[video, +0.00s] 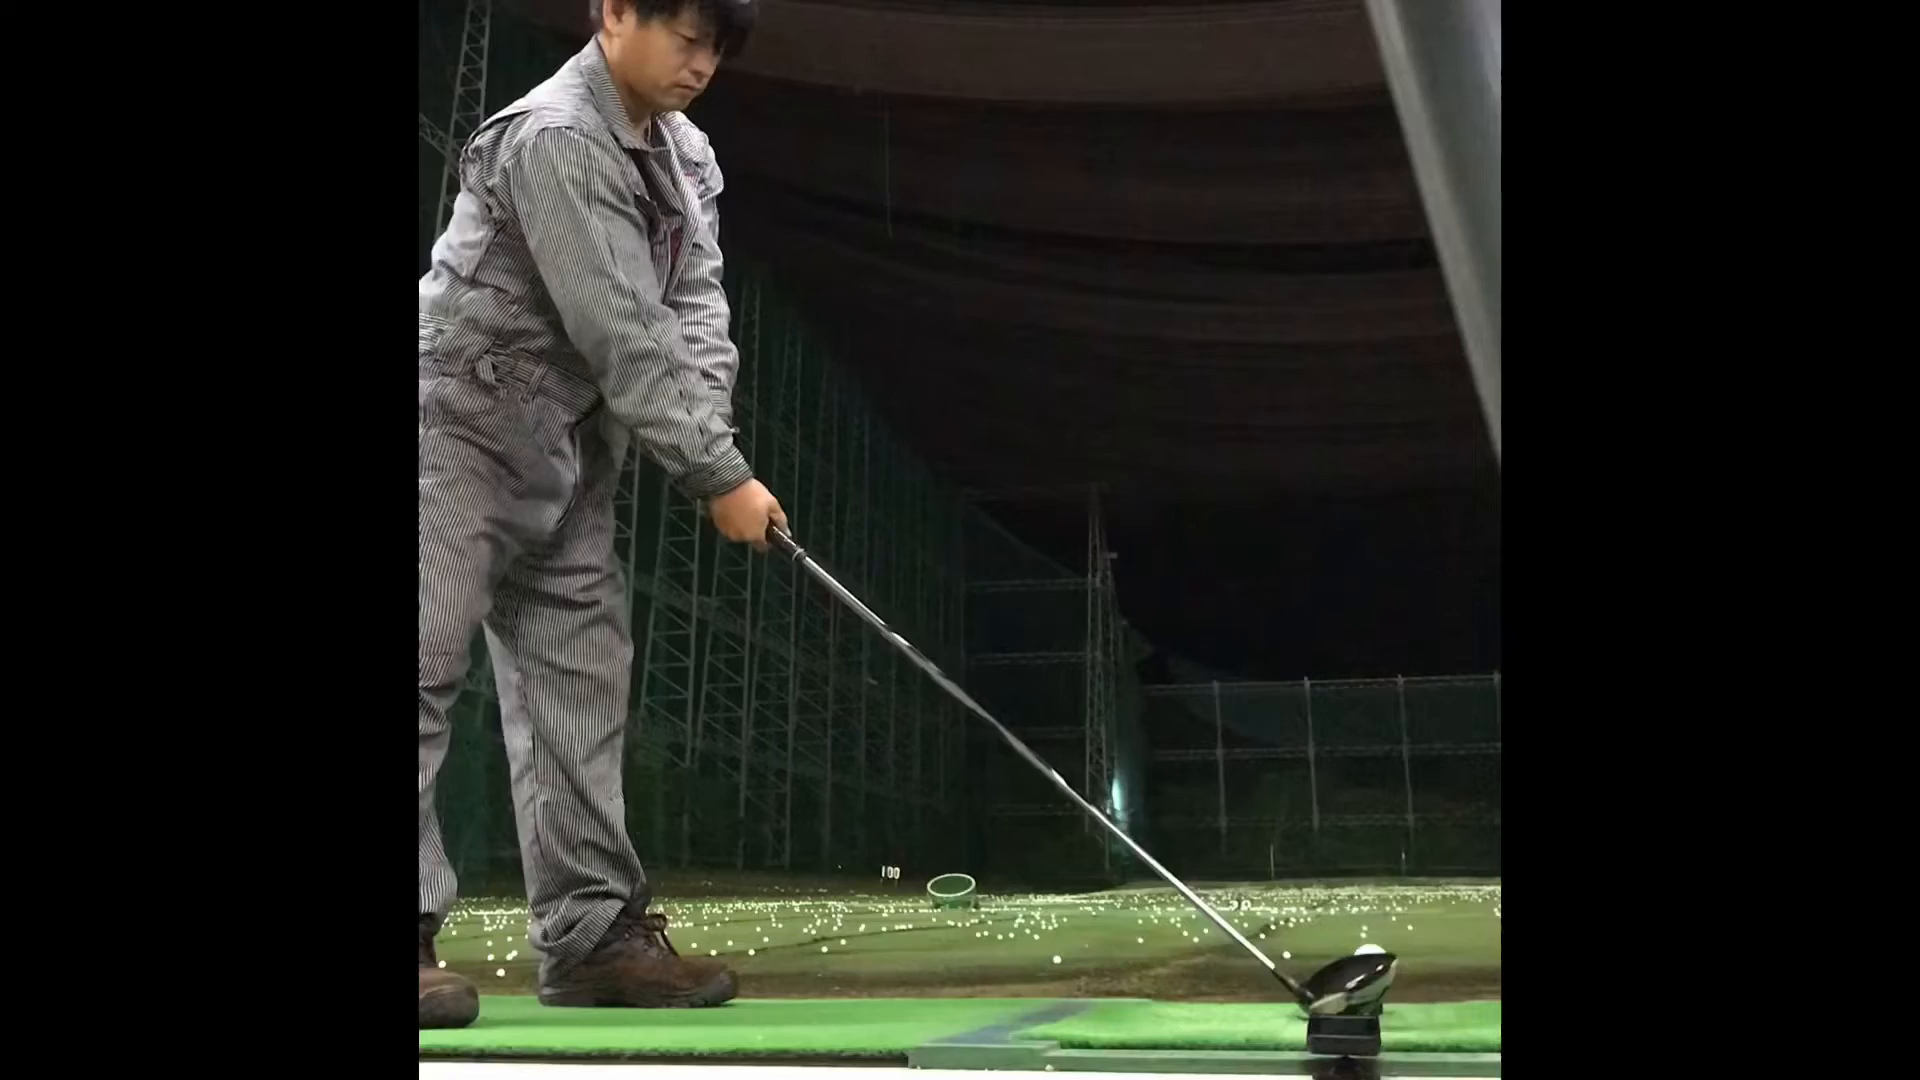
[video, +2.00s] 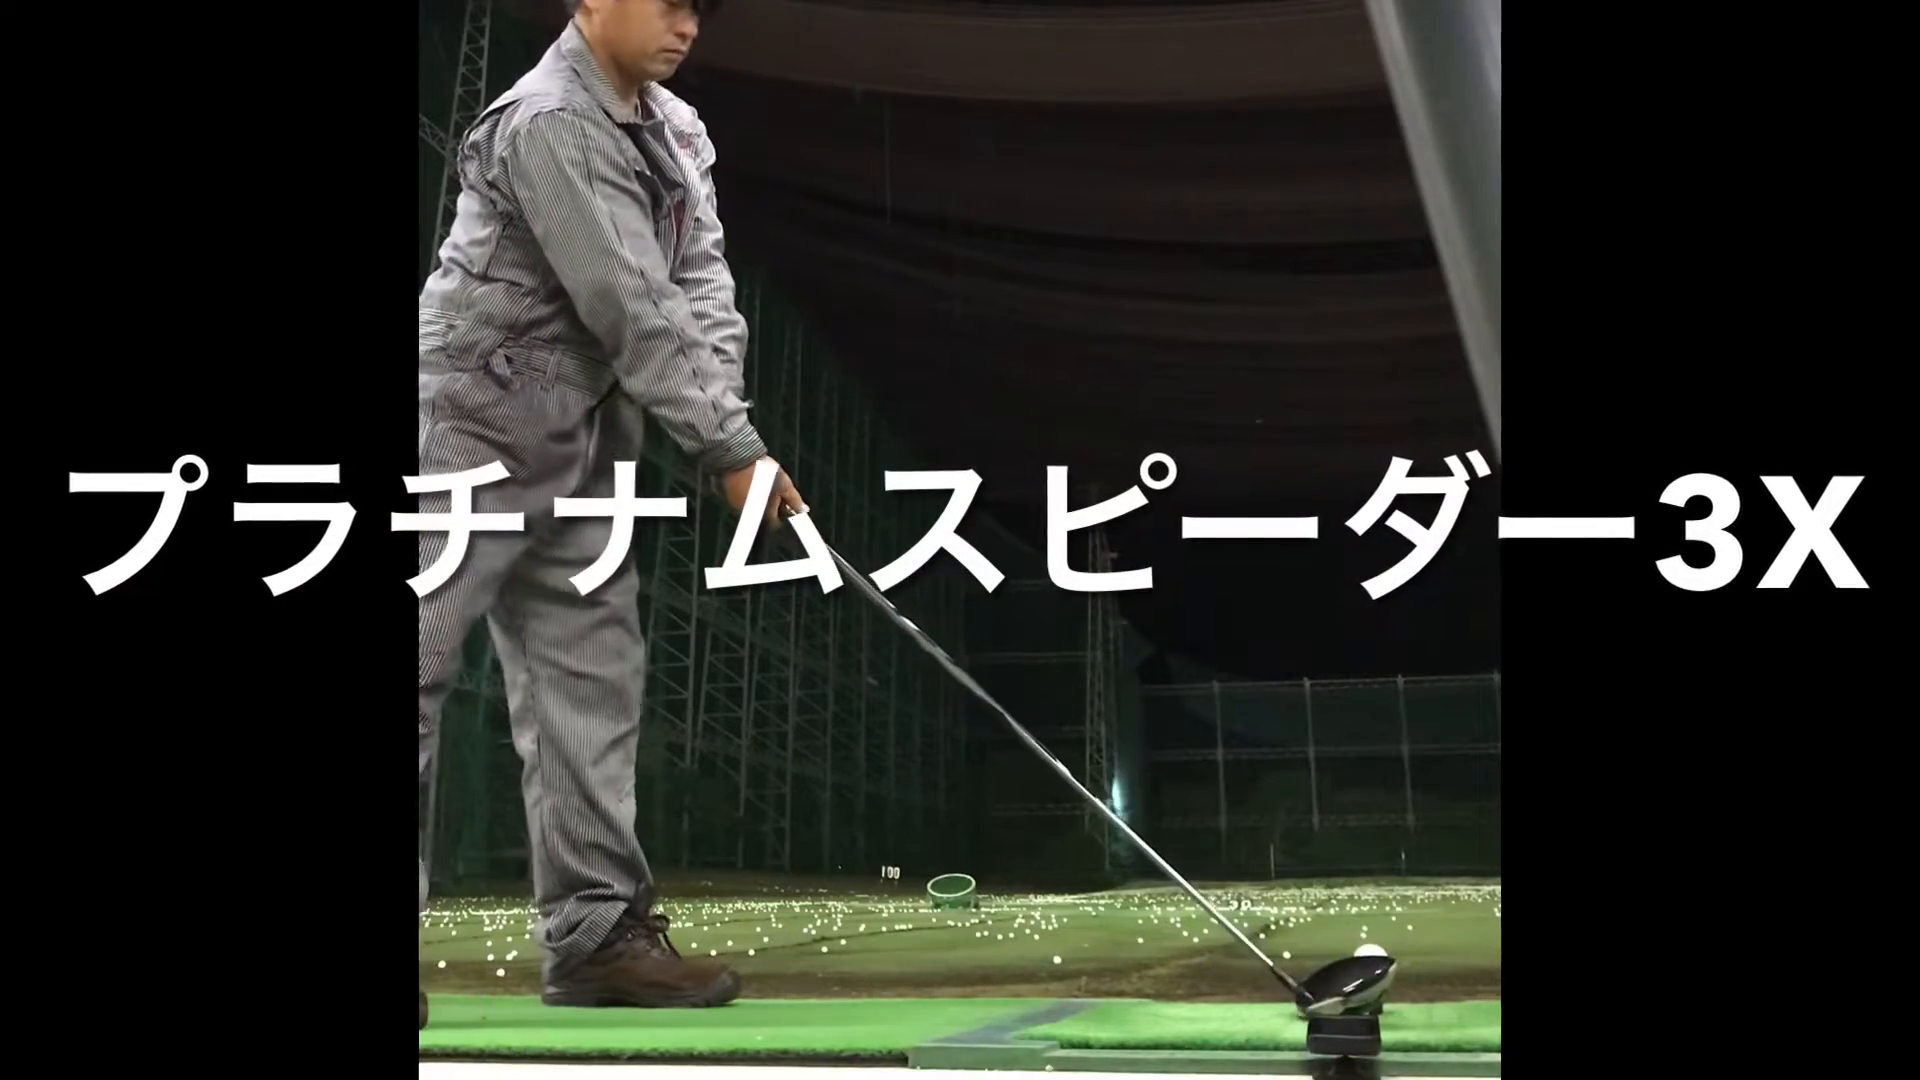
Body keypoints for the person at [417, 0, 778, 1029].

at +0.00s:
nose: (704, 64)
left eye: (717, 45)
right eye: (685, 37)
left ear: (725, 50)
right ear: (615, 19)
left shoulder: (688, 152)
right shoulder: (555, 137)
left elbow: (702, 309)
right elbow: (618, 330)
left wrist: (701, 439)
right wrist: (720, 477)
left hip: (570, 450)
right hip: (458, 427)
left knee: (576, 680)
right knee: (431, 675)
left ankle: (590, 938)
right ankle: (416, 946)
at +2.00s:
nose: (688, 22)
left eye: (692, 6)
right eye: (667, 3)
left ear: (687, 19)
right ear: (593, 9)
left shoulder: (677, 127)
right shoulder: (552, 122)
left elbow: (705, 288)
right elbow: (629, 307)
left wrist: (720, 432)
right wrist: (733, 449)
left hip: (582, 447)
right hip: (468, 437)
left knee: (586, 685)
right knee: (424, 682)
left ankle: (595, 939)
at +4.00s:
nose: (684, 27)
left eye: (693, 11)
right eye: (662, 8)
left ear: (695, 22)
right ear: (590, 10)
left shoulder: (681, 130)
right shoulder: (553, 125)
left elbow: (706, 287)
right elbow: (626, 309)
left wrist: (709, 417)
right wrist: (727, 453)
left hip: (583, 457)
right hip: (469, 442)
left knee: (606, 676)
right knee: (423, 664)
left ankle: (601, 935)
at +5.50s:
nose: (659, 28)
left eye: (672, 15)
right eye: (642, 4)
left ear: (674, 34)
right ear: (578, 3)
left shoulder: (675, 133)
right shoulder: (498, 111)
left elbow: (692, 264)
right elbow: (574, 277)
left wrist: (695, 385)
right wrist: (684, 405)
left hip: (602, 447)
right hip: (465, 433)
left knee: (621, 677)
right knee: (428, 679)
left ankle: (598, 936)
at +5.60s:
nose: (653, 30)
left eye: (670, 20)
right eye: (638, 5)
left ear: (673, 42)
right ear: (574, 2)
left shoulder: (682, 132)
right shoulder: (469, 105)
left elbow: (680, 240)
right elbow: (512, 236)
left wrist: (645, 335)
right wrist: (590, 342)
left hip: (604, 428)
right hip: (460, 421)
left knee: (629, 677)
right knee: (420, 656)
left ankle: (600, 935)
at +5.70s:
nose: (653, 33)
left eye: (672, 26)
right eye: (639, 7)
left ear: (676, 48)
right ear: (577, 2)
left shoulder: (685, 130)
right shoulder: (454, 95)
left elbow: (620, 194)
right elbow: (440, 178)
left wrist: (492, 228)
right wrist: (446, 225)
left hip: (591, 430)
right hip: (441, 413)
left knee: (634, 683)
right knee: (416, 640)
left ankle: (601, 936)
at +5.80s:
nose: (651, 30)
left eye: (672, 24)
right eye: (636, 5)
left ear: (678, 47)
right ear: (578, 4)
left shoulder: (677, 120)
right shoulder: (472, 84)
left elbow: (556, 108)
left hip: (572, 405)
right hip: (435, 386)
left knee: (624, 673)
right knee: (420, 620)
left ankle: (607, 930)